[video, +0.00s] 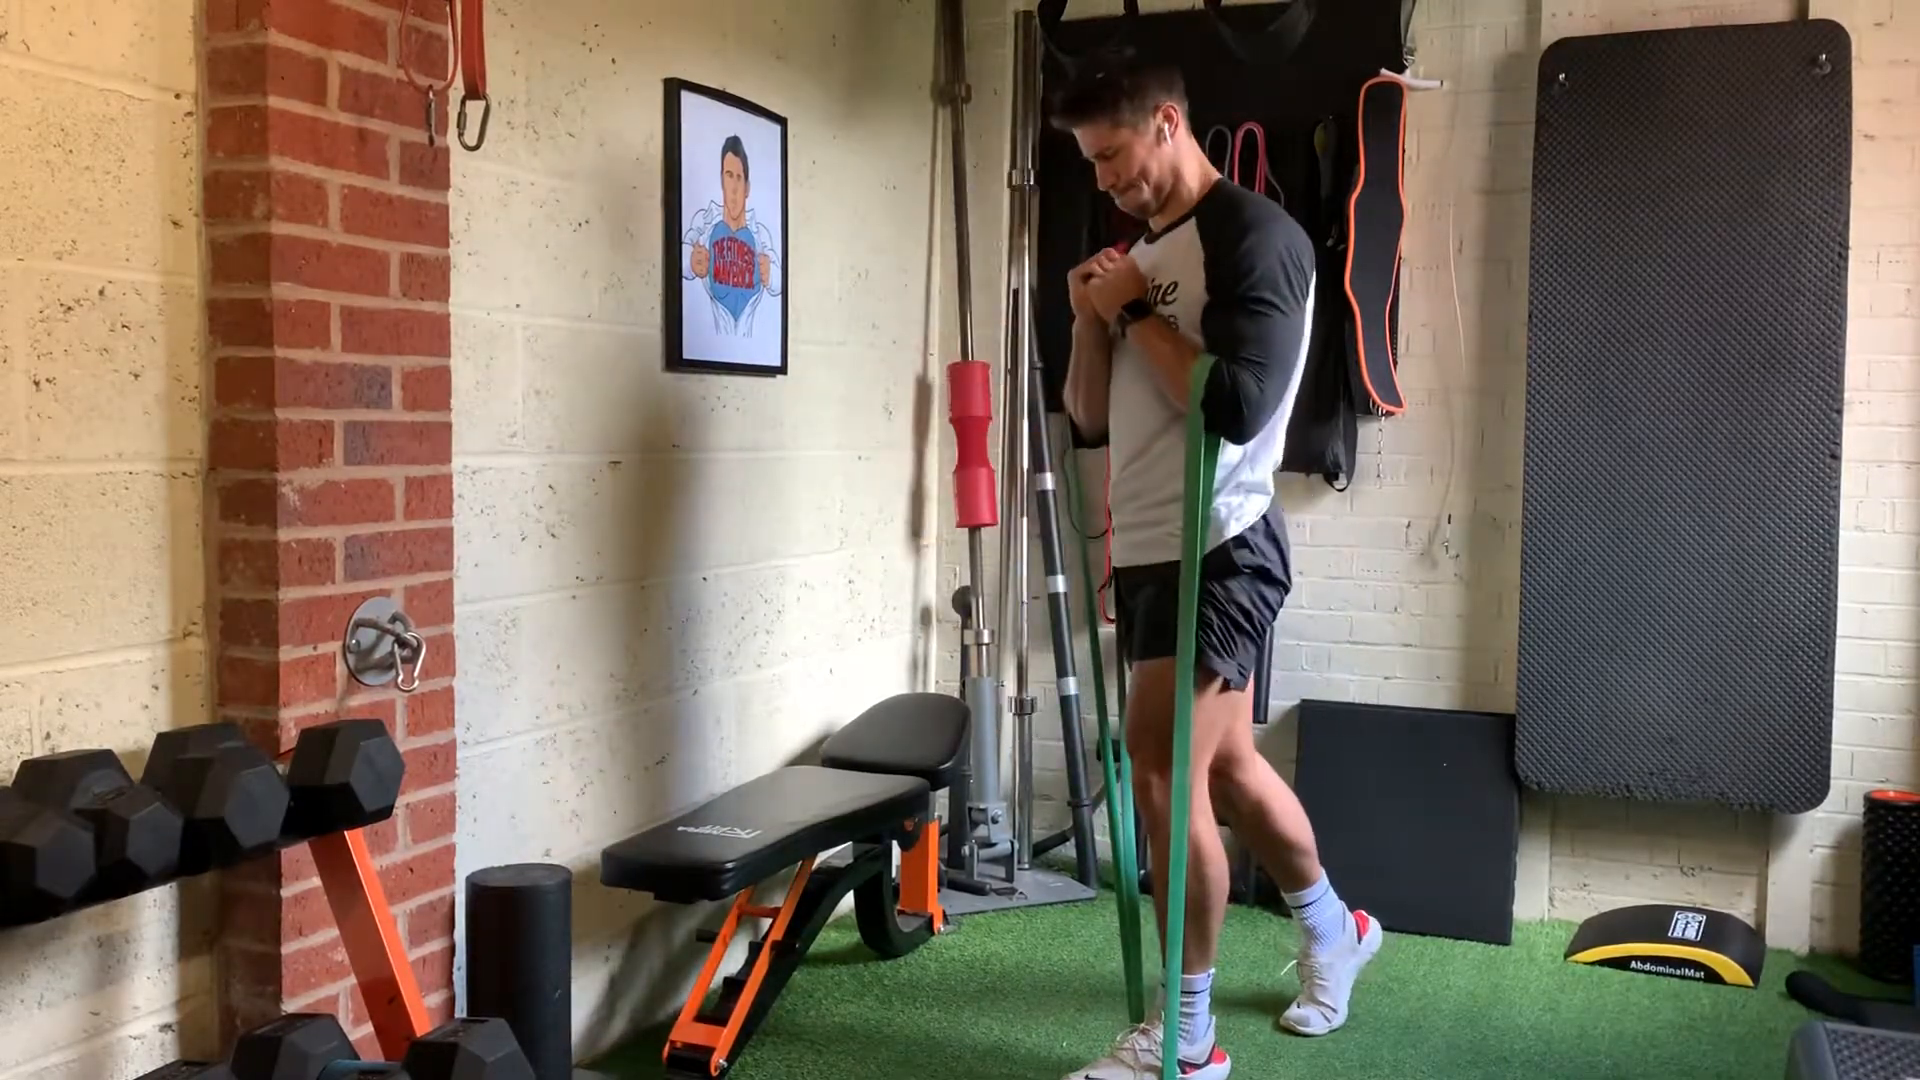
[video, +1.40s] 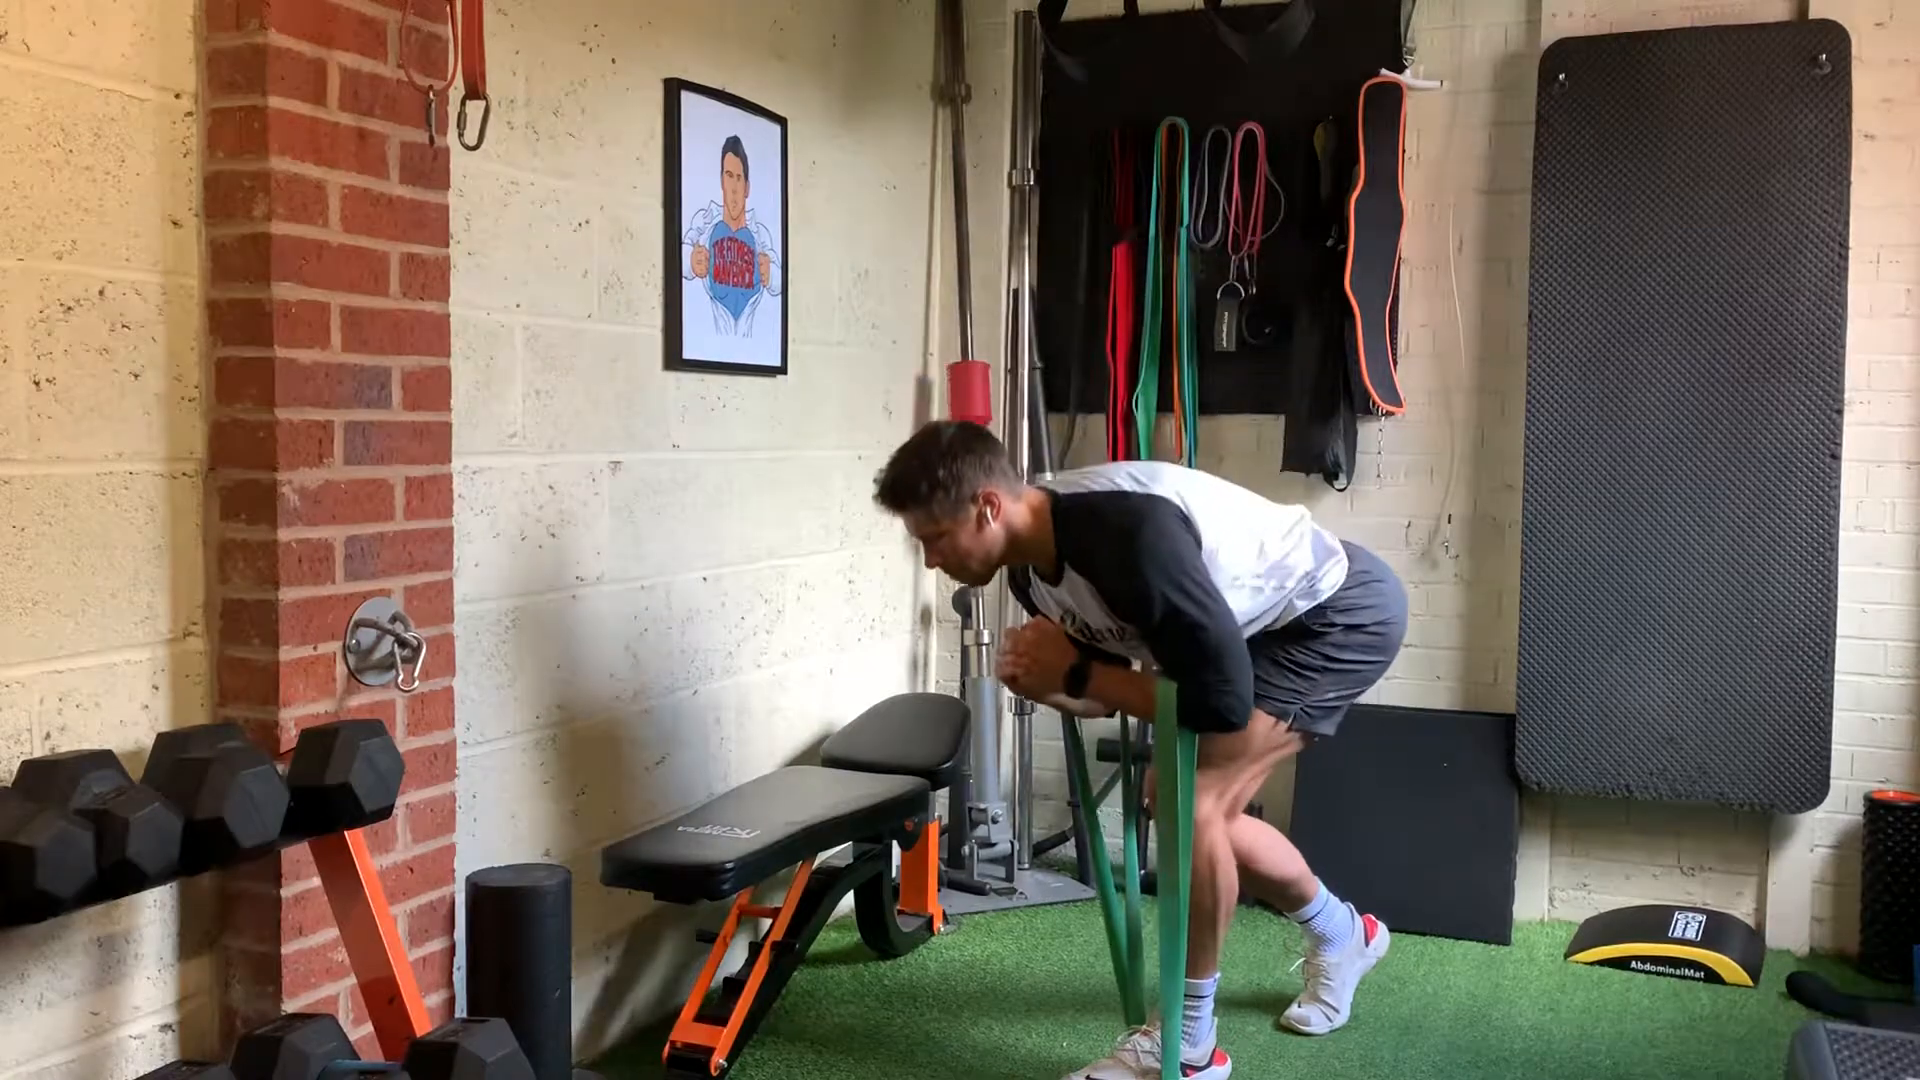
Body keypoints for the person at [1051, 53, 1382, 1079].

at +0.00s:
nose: (1109, 183)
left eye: (1119, 158)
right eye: (1094, 165)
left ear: (1173, 130)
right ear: (1094, 156)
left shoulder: (1260, 235)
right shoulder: (1124, 252)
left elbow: (1241, 404)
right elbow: (1091, 421)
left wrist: (1128, 314)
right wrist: (1094, 320)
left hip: (1222, 546)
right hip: (1144, 554)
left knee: (1164, 775)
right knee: (1231, 768)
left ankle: (1187, 1032)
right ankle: (1336, 930)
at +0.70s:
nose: (1012, 256)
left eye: (1018, 230)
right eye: (1001, 236)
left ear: (1078, 200)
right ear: (1064, 209)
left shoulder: (1202, 293)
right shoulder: (1067, 306)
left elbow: (1231, 479)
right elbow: (1105, 493)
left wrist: (1097, 417)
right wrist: (1061, 421)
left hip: (1275, 572)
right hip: (1200, 572)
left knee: (1163, 769)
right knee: (1205, 786)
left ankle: (1187, 1035)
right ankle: (1339, 926)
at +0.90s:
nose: (968, 358)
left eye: (975, 333)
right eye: (959, 339)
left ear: (1032, 302)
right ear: (1024, 307)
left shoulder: (1167, 372)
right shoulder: (1059, 403)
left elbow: (1229, 550)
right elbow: (1100, 567)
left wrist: (1092, 505)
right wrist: (1049, 514)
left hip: (1304, 584)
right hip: (1230, 587)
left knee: (1173, 790)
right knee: (1208, 804)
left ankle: (1187, 1036)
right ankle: (1345, 931)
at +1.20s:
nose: (938, 496)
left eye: (944, 473)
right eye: (930, 478)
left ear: (1000, 444)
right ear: (1001, 446)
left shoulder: (1143, 484)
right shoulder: (1036, 513)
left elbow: (1224, 653)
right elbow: (1107, 656)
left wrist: (1080, 624)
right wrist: (1056, 634)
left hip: (1332, 601)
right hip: (1260, 608)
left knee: (1194, 797)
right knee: (1181, 795)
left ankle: (1188, 1041)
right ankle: (1344, 933)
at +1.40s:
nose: (926, 557)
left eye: (933, 537)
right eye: (918, 540)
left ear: (988, 509)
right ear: (988, 512)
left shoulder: (1137, 537)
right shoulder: (1028, 564)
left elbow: (1224, 708)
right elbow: (1130, 689)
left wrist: (1080, 671)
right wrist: (1054, 686)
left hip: (1339, 604)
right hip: (1259, 614)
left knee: (1187, 796)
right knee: (1202, 815)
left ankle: (1187, 1040)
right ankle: (1345, 933)